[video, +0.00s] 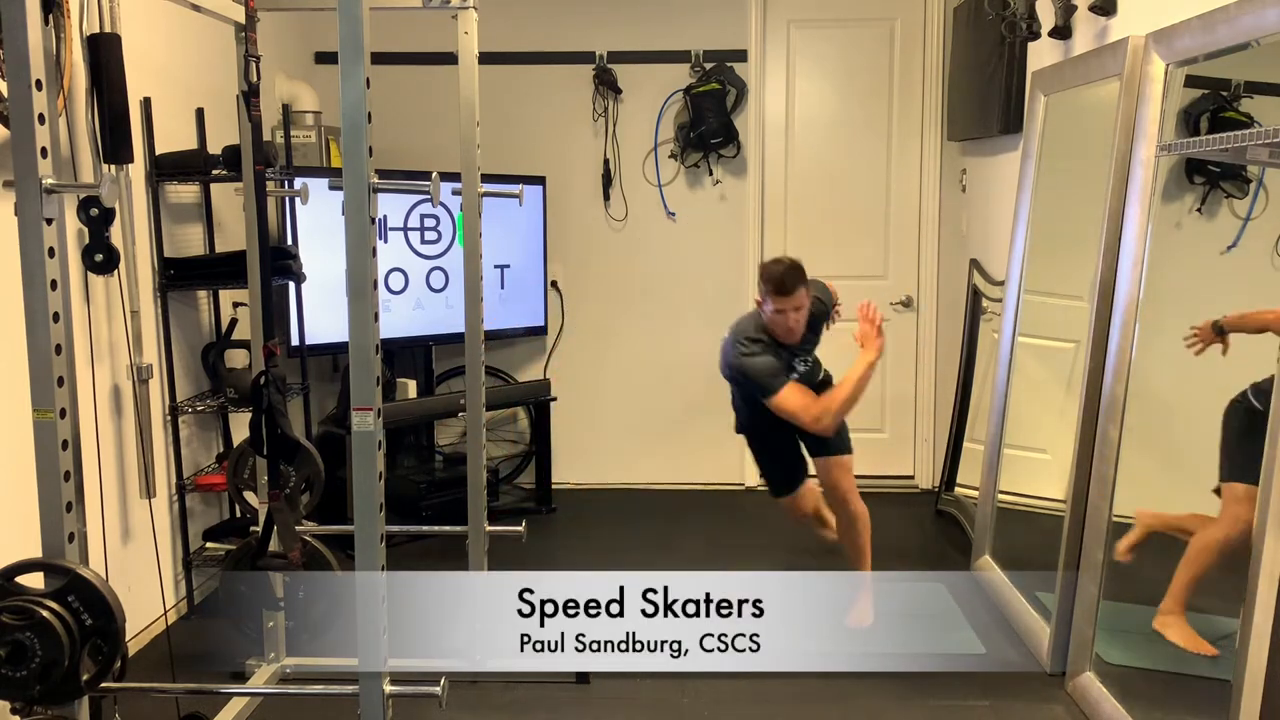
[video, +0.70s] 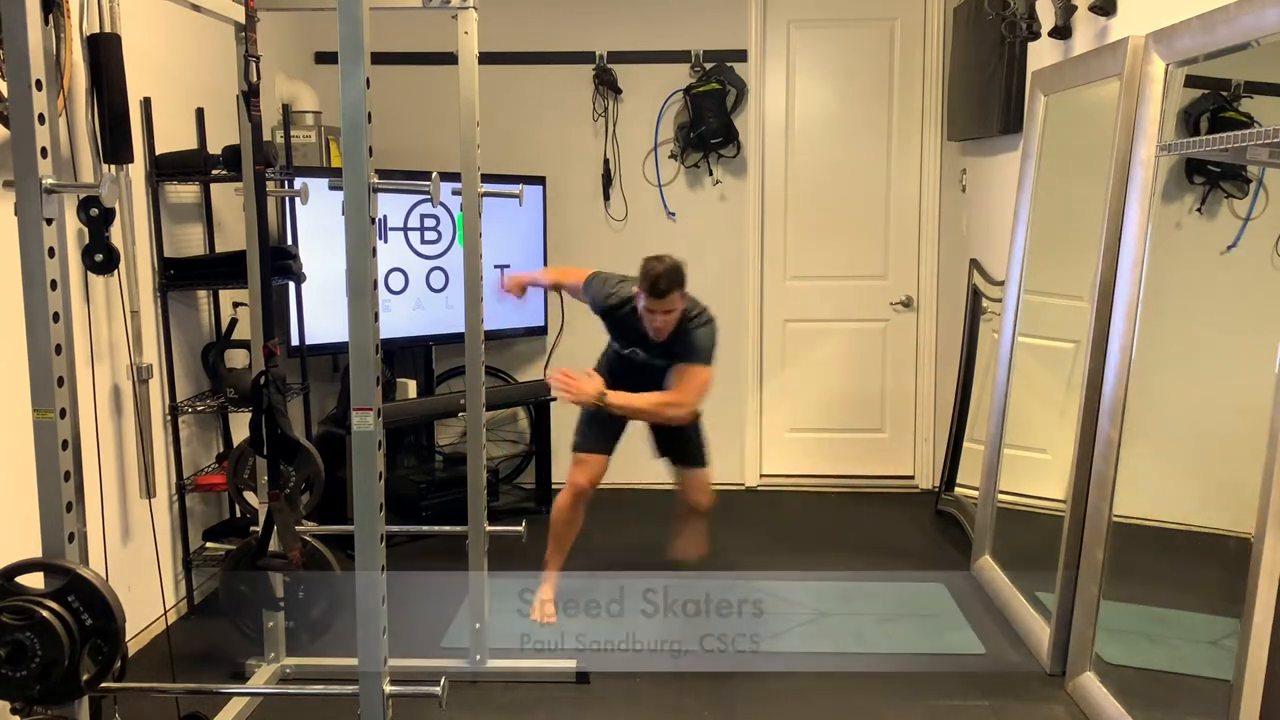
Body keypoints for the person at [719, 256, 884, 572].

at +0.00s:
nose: (793, 321)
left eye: (799, 309)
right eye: (780, 312)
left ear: (808, 298)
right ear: (761, 303)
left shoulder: (817, 301)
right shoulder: (745, 350)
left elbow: (826, 290)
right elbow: (820, 420)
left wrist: (831, 306)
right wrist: (869, 354)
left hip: (812, 390)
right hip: (761, 414)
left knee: (843, 493)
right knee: (801, 506)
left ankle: (863, 587)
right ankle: (819, 510)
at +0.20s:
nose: (806, 346)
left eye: (814, 334)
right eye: (795, 336)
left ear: (825, 322)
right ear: (777, 327)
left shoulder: (833, 319)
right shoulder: (759, 374)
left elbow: (849, 307)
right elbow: (807, 458)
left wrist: (850, 340)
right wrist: (875, 418)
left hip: (821, 390)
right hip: (777, 418)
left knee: (850, 490)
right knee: (826, 496)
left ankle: (865, 592)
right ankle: (862, 515)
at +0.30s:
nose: (796, 337)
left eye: (805, 326)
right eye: (786, 327)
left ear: (816, 316)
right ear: (768, 317)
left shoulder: (828, 325)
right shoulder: (743, 359)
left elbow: (877, 333)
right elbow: (755, 451)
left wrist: (895, 381)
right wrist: (829, 469)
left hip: (815, 405)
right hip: (770, 424)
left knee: (840, 497)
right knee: (802, 513)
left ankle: (863, 588)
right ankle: (823, 505)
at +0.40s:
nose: (772, 323)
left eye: (781, 312)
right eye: (762, 312)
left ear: (793, 302)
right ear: (746, 303)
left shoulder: (812, 322)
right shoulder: (714, 338)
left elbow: (884, 358)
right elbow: (694, 415)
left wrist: (902, 431)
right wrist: (726, 481)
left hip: (799, 403)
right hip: (739, 412)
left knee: (830, 496)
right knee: (730, 515)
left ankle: (863, 589)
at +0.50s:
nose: (738, 311)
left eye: (747, 301)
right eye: (728, 301)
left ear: (760, 287)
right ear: (713, 288)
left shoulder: (778, 306)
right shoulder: (681, 308)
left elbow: (841, 368)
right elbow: (640, 362)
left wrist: (824, 432)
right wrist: (631, 421)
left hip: (760, 389)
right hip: (697, 390)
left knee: (807, 482)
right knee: (661, 488)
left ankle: (859, 577)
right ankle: (637, 544)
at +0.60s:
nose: (701, 308)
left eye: (709, 299)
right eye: (692, 300)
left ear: (721, 287)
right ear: (675, 286)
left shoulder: (736, 306)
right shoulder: (643, 295)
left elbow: (767, 388)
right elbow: (595, 310)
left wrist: (699, 423)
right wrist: (568, 337)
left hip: (716, 381)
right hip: (652, 381)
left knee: (762, 471)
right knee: (612, 477)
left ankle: (813, 556)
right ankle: (559, 574)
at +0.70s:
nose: (658, 322)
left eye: (668, 313)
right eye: (650, 312)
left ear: (683, 301)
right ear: (638, 298)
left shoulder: (699, 326)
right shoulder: (614, 296)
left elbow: (682, 407)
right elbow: (566, 278)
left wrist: (604, 398)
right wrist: (524, 280)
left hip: (669, 389)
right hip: (616, 378)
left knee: (700, 499)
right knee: (580, 484)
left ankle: (692, 519)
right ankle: (548, 583)